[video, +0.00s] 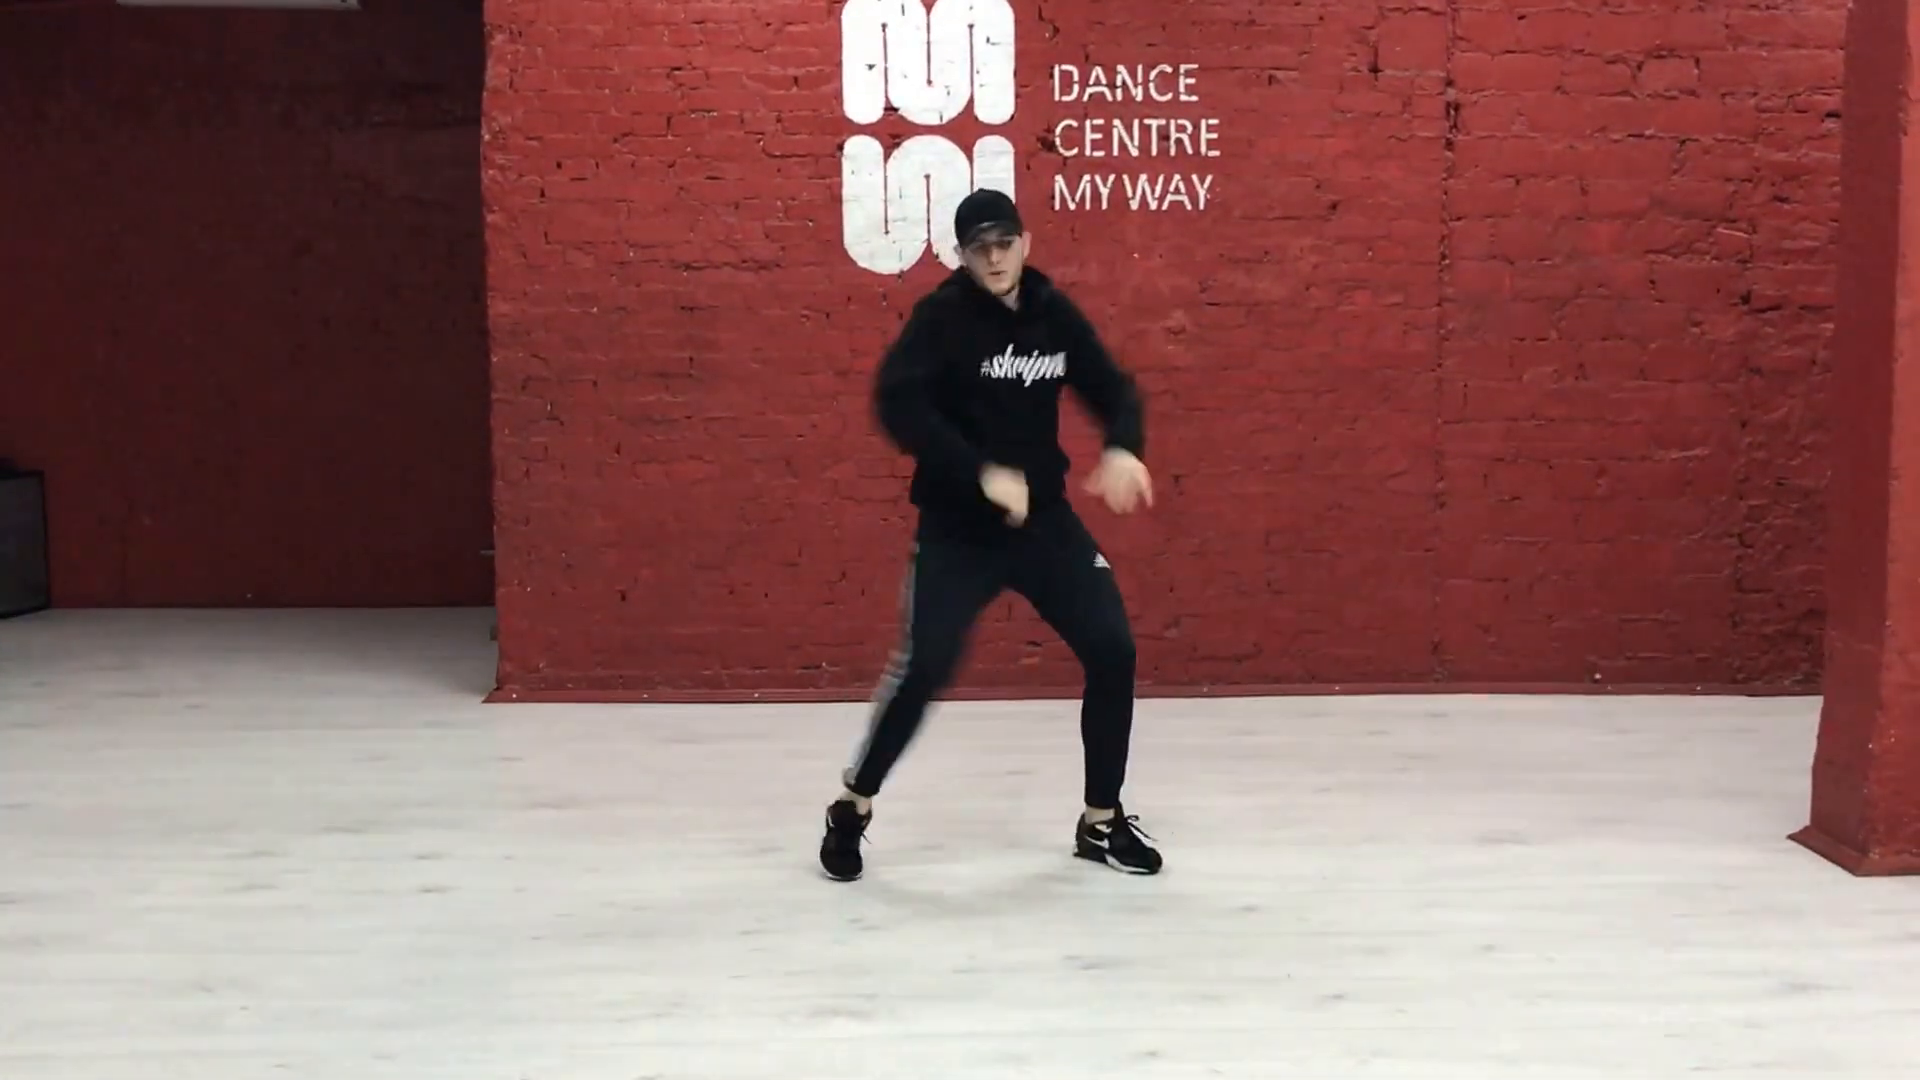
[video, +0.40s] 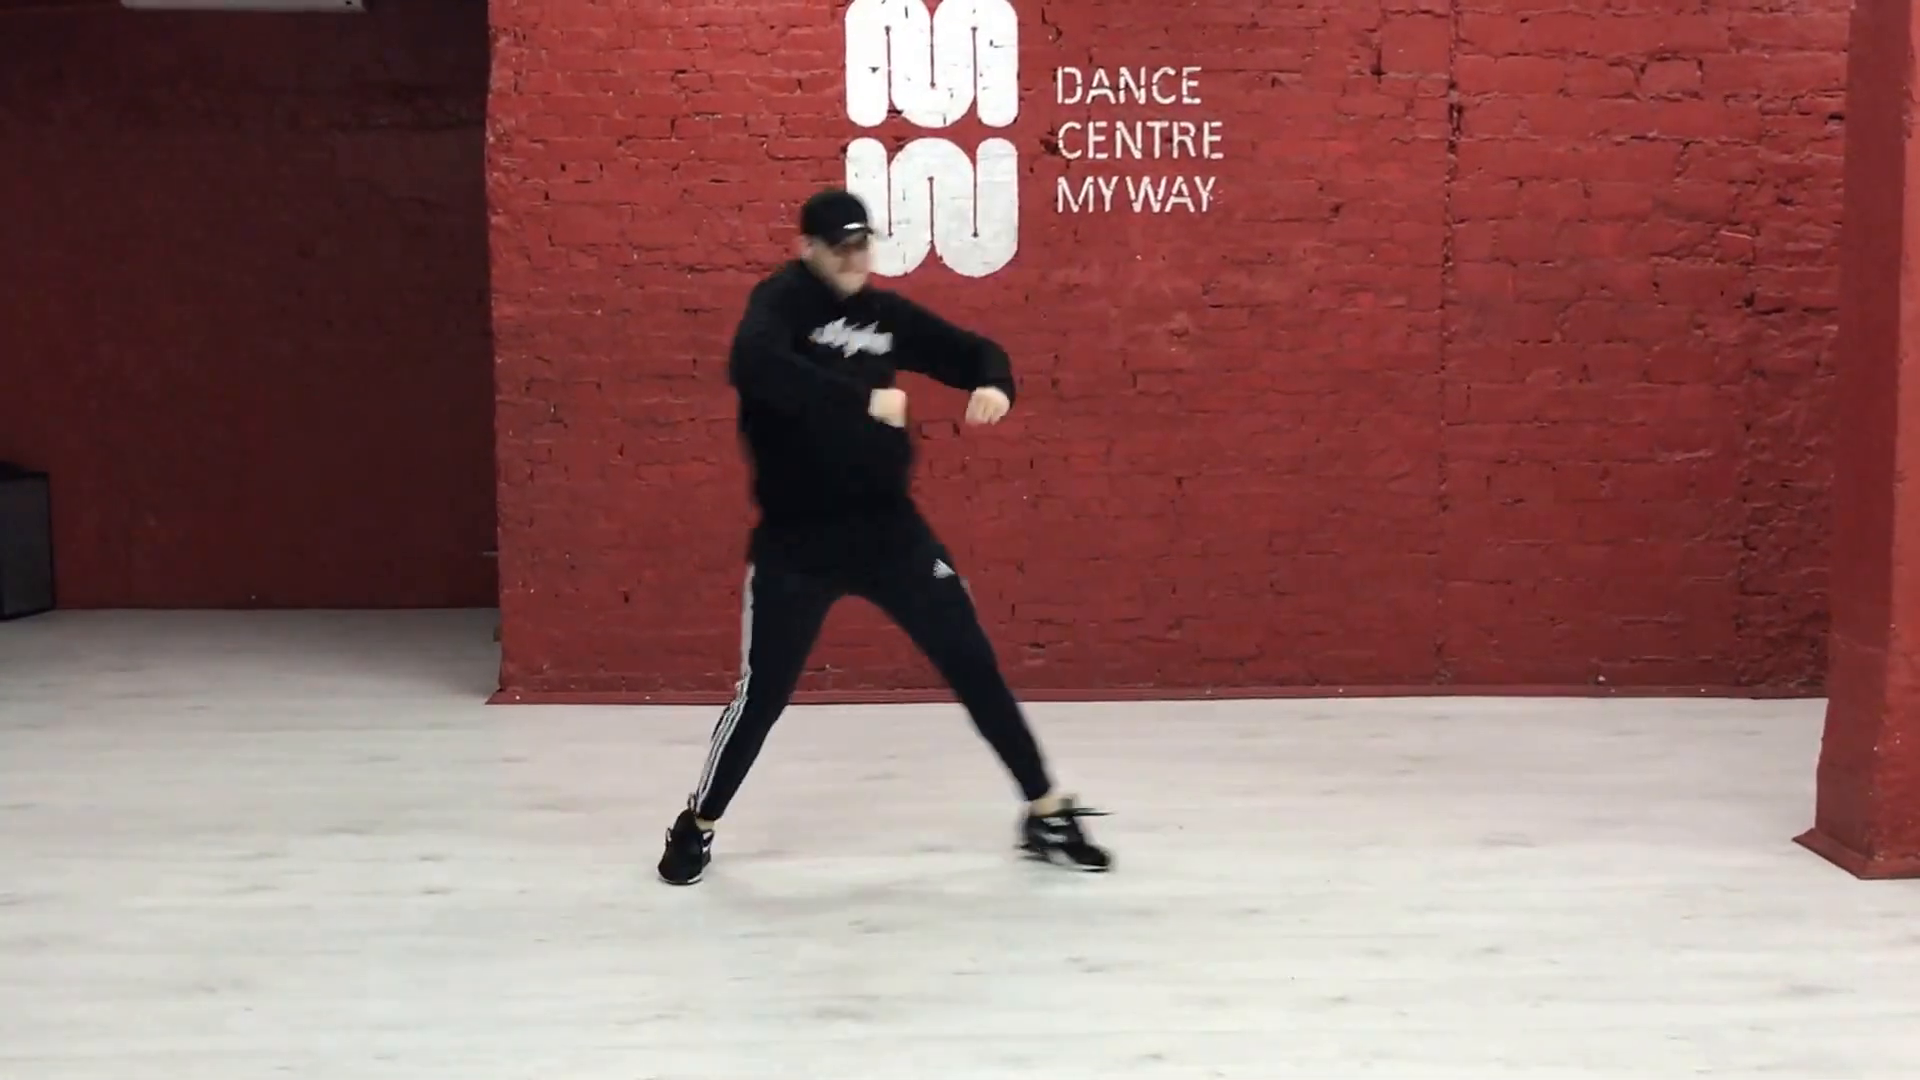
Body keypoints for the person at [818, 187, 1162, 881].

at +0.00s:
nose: (995, 258)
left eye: (1004, 243)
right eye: (980, 247)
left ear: (1024, 242)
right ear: (962, 253)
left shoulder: (1052, 312)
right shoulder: (939, 317)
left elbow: (1114, 389)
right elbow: (897, 405)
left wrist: (1123, 448)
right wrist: (979, 471)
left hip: (1043, 520)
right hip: (957, 529)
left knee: (1113, 652)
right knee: (924, 671)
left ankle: (1102, 817)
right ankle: (851, 809)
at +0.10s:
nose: (984, 254)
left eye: (992, 241)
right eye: (967, 243)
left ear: (1003, 244)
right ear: (937, 253)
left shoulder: (1029, 303)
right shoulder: (929, 316)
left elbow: (1084, 339)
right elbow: (946, 388)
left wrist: (1126, 350)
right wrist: (1022, 403)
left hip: (1020, 531)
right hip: (925, 530)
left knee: (1099, 656)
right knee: (854, 651)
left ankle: (1102, 818)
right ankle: (809, 797)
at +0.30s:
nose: (907, 249)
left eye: (917, 236)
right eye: (893, 236)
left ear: (929, 240)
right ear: (863, 240)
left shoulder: (948, 306)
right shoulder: (825, 310)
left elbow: (994, 326)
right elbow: (734, 366)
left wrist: (1017, 334)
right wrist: (832, 346)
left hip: (948, 536)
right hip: (852, 536)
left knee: (1026, 675)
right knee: (787, 687)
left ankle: (1107, 815)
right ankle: (699, 818)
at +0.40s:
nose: (858, 259)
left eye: (864, 245)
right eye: (844, 247)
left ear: (872, 245)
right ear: (808, 247)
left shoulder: (883, 311)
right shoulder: (777, 303)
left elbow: (973, 352)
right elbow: (758, 371)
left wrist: (995, 382)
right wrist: (862, 399)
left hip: (887, 530)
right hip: (798, 535)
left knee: (971, 660)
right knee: (764, 692)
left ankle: (1044, 808)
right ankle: (697, 822)